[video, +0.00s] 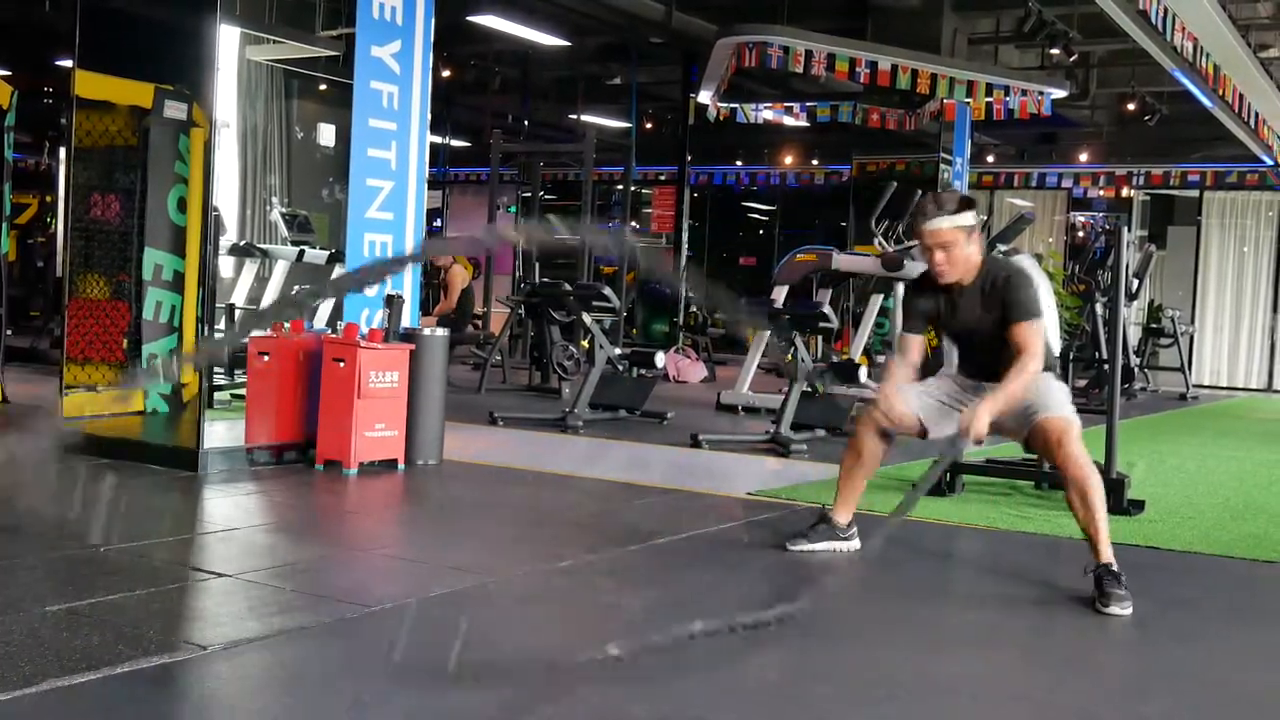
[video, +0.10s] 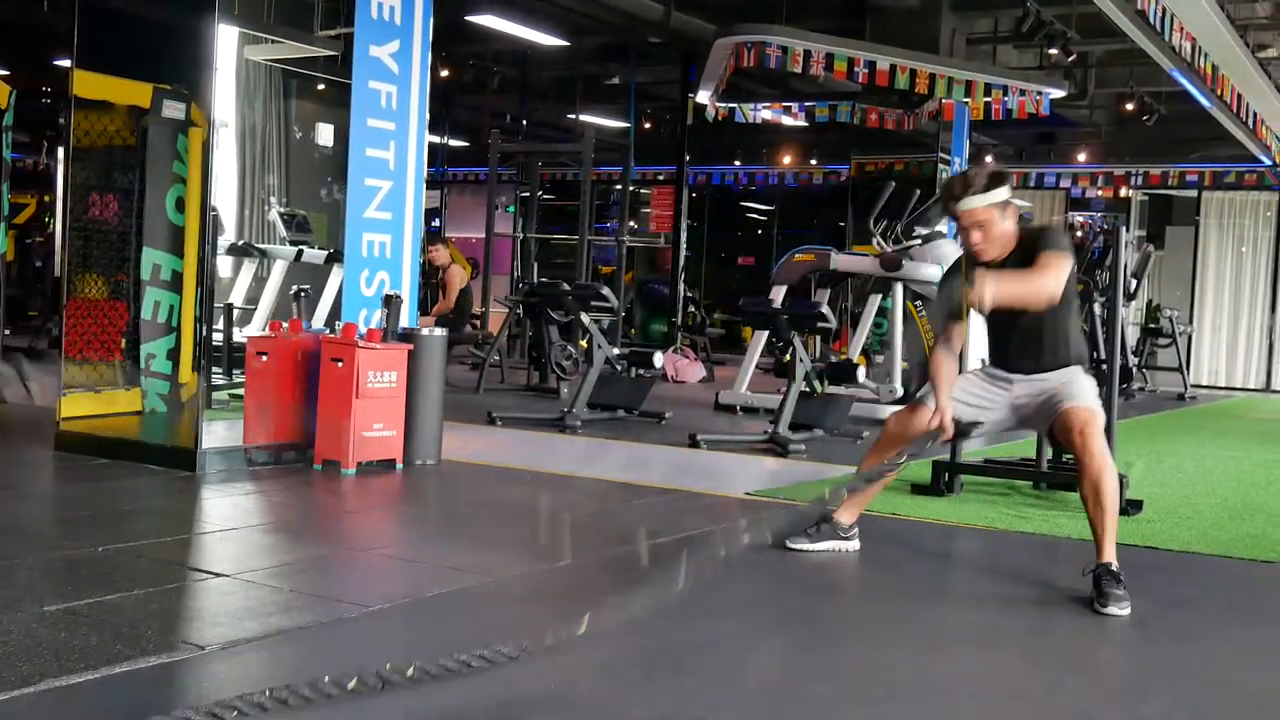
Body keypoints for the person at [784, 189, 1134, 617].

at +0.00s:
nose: (935, 261)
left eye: (945, 249)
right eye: (927, 250)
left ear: (974, 241)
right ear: (920, 248)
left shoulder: (1014, 279)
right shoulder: (923, 290)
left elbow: (1031, 359)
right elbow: (906, 358)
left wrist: (989, 407)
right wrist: (890, 391)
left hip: (1024, 387)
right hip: (961, 386)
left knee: (1065, 442)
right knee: (871, 417)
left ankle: (1107, 567)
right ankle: (839, 523)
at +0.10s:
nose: (971, 239)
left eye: (980, 227)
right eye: (964, 229)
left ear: (1010, 215)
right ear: (957, 226)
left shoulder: (1051, 240)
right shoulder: (964, 270)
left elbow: (1048, 288)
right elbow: (946, 345)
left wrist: (990, 289)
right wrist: (943, 402)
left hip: (1062, 380)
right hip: (996, 381)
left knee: (1086, 429)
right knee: (902, 424)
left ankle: (1108, 566)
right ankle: (842, 522)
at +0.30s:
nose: (1006, 238)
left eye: (1015, 226)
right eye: (998, 227)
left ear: (1049, 210)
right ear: (990, 217)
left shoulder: (1088, 245)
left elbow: (1079, 327)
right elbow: (940, 243)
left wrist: (1015, 338)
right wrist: (911, 236)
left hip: (1080, 375)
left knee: (1111, 427)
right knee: (923, 418)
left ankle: (1107, 565)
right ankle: (880, 528)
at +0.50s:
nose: (981, 255)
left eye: (991, 243)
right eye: (973, 245)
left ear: (1022, 236)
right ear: (965, 243)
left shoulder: (1062, 276)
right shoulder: (963, 283)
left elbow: (1077, 358)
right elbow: (941, 345)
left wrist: (1033, 408)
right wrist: (917, 370)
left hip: (1068, 387)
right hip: (1003, 387)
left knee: (1114, 430)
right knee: (911, 423)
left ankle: (1102, 566)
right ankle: (872, 529)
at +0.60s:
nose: (965, 247)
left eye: (975, 234)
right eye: (956, 236)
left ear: (1003, 225)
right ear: (948, 236)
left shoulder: (1041, 246)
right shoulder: (954, 290)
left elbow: (1056, 289)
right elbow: (939, 368)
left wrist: (1003, 292)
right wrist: (942, 433)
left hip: (1060, 389)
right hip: (992, 394)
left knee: (1096, 430)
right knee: (893, 417)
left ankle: (1098, 566)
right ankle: (871, 529)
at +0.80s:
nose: (910, 237)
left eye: (919, 226)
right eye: (902, 228)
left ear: (949, 210)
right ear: (893, 220)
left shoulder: (986, 240)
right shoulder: (891, 239)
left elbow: (990, 320)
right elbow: (852, 277)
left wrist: (939, 342)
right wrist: (822, 286)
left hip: (987, 362)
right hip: (922, 365)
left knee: (1014, 418)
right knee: (841, 413)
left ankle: (1022, 553)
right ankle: (859, 527)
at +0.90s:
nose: (884, 243)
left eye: (894, 232)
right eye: (879, 233)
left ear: (925, 219)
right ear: (873, 224)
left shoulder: (958, 256)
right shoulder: (877, 238)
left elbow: (961, 345)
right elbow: (826, 250)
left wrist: (920, 402)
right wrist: (808, 231)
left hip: (951, 359)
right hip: (893, 352)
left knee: (981, 417)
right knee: (806, 393)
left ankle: (942, 532)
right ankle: (805, 506)